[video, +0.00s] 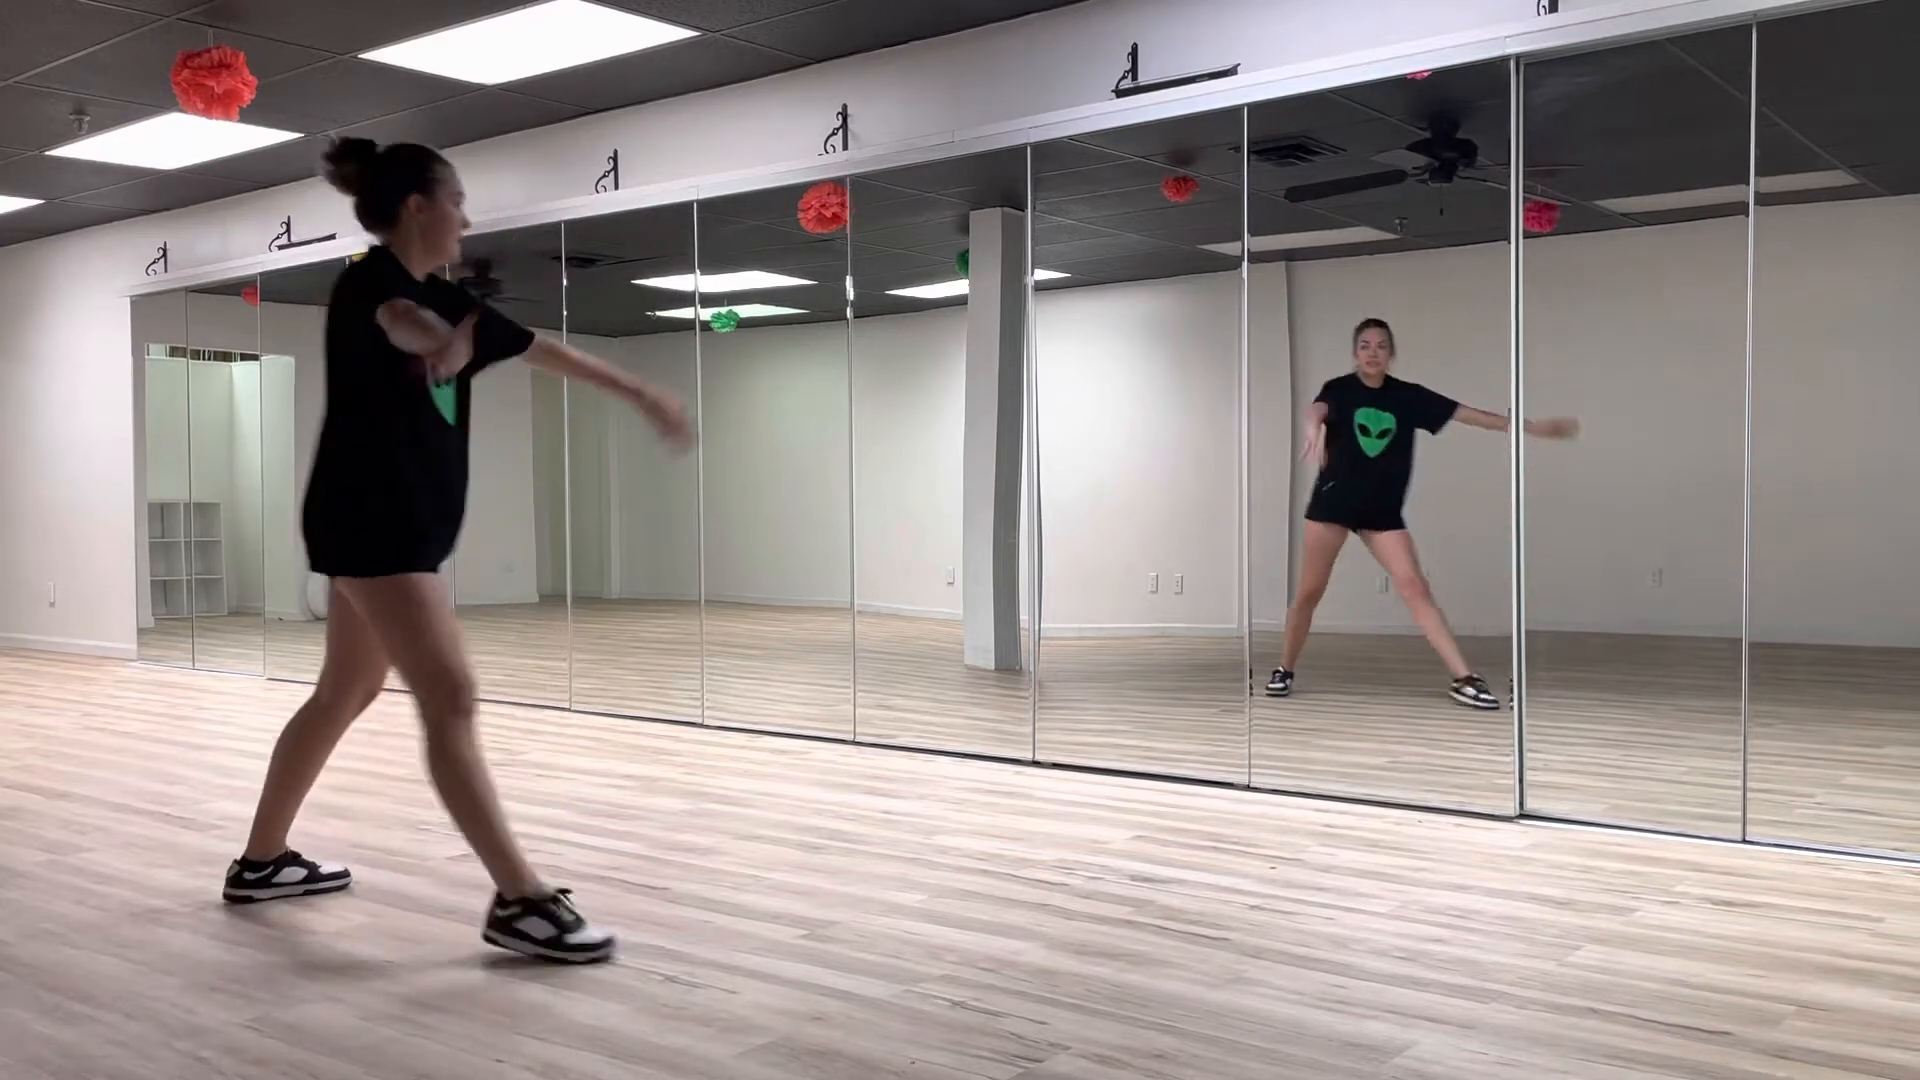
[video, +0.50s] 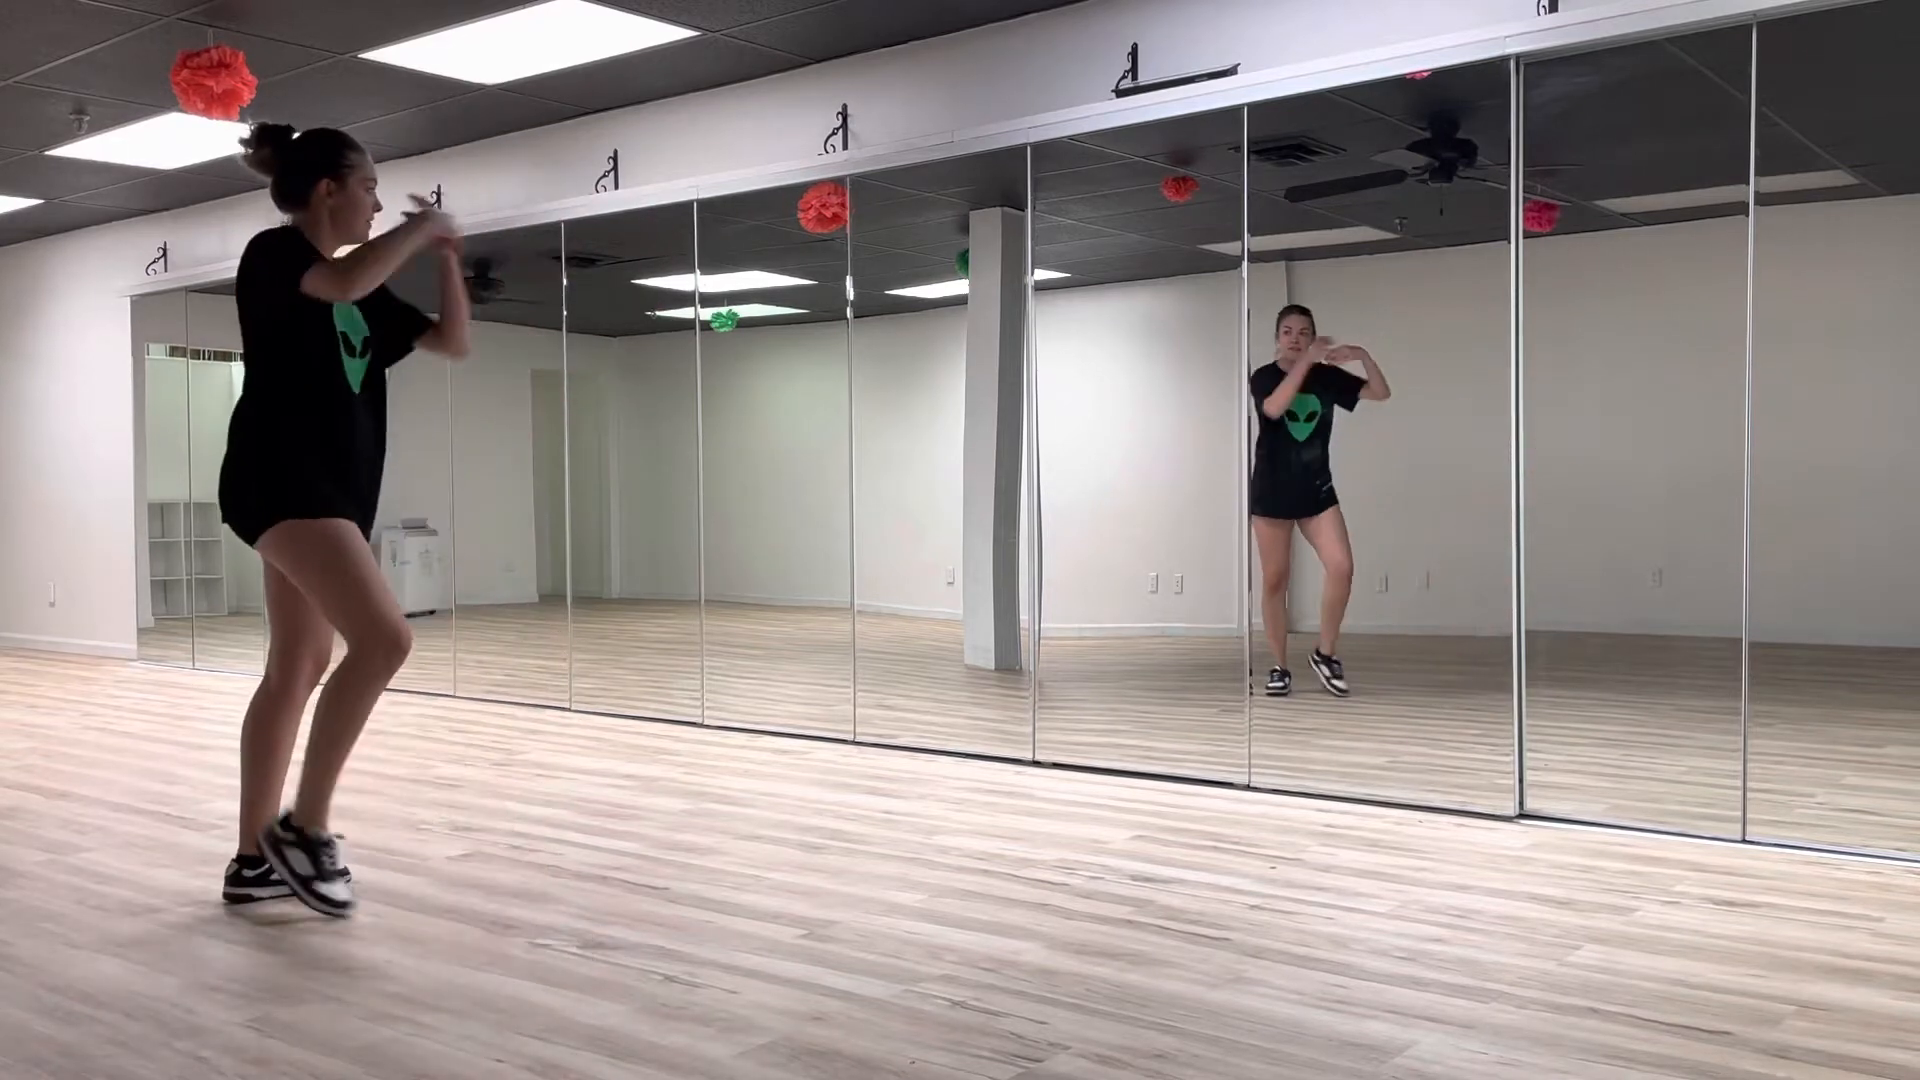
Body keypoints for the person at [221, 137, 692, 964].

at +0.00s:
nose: (464, 217)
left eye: (464, 203)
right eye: (455, 202)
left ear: (417, 210)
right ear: (414, 207)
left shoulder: (448, 295)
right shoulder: (371, 280)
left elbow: (539, 348)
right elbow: (407, 326)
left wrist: (644, 393)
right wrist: (450, 340)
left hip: (394, 522)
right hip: (370, 521)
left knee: (344, 690)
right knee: (448, 697)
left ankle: (261, 857)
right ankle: (519, 897)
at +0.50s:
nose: (376, 202)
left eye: (375, 190)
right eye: (369, 187)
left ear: (334, 197)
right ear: (329, 190)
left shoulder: (357, 294)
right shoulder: (272, 253)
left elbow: (453, 341)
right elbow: (345, 282)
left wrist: (444, 252)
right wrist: (425, 230)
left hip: (323, 487)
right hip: (279, 478)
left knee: (296, 666)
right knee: (382, 643)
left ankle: (253, 858)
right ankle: (305, 830)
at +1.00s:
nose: (360, 216)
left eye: (360, 202)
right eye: (355, 201)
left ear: (306, 201)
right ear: (315, 199)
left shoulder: (286, 272)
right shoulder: (266, 268)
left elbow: (254, 398)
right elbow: (231, 392)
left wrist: (210, 511)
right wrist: (200, 504)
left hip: (283, 495)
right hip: (298, 493)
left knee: (292, 666)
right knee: (392, 649)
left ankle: (252, 857)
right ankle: (289, 829)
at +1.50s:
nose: (417, 197)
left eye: (414, 183)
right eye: (408, 183)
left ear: (355, 192)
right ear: (371, 189)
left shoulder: (346, 264)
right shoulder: (330, 264)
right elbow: (315, 390)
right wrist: (307, 508)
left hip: (347, 489)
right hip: (367, 485)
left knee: (344, 667)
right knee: (501, 593)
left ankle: (264, 842)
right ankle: (479, 798)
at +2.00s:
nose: (475, 207)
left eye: (472, 193)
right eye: (469, 193)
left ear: (406, 201)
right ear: (442, 195)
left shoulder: (375, 285)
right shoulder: (439, 276)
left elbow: (356, 411)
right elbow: (436, 397)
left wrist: (350, 516)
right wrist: (444, 512)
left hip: (391, 507)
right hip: (470, 503)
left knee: (416, 681)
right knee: (522, 669)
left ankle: (344, 862)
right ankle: (503, 871)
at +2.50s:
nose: (497, 223)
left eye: (495, 211)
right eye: (495, 211)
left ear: (422, 217)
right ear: (475, 212)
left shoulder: (373, 297)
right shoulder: (501, 286)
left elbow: (346, 411)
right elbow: (506, 404)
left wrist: (329, 511)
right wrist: (516, 519)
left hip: (435, 493)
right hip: (527, 475)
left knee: (407, 673)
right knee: (583, 628)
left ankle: (380, 837)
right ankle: (639, 783)